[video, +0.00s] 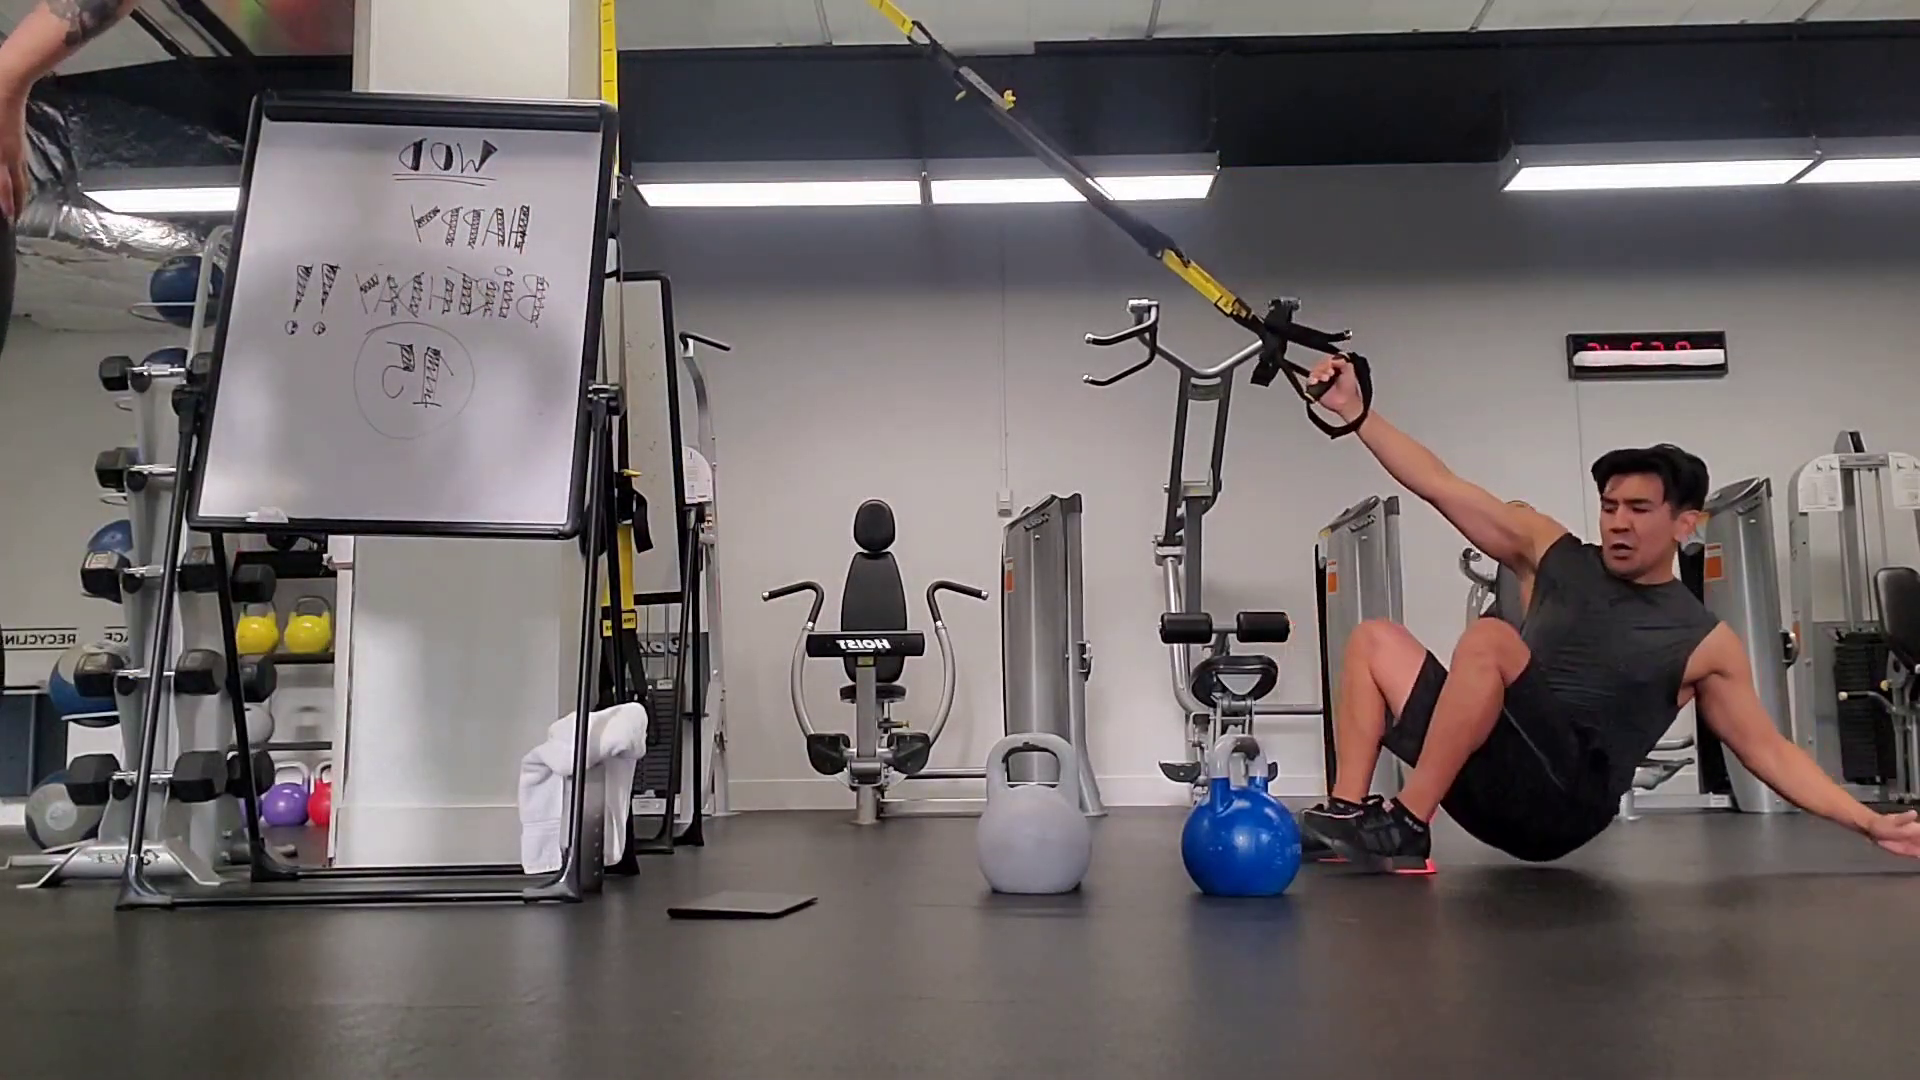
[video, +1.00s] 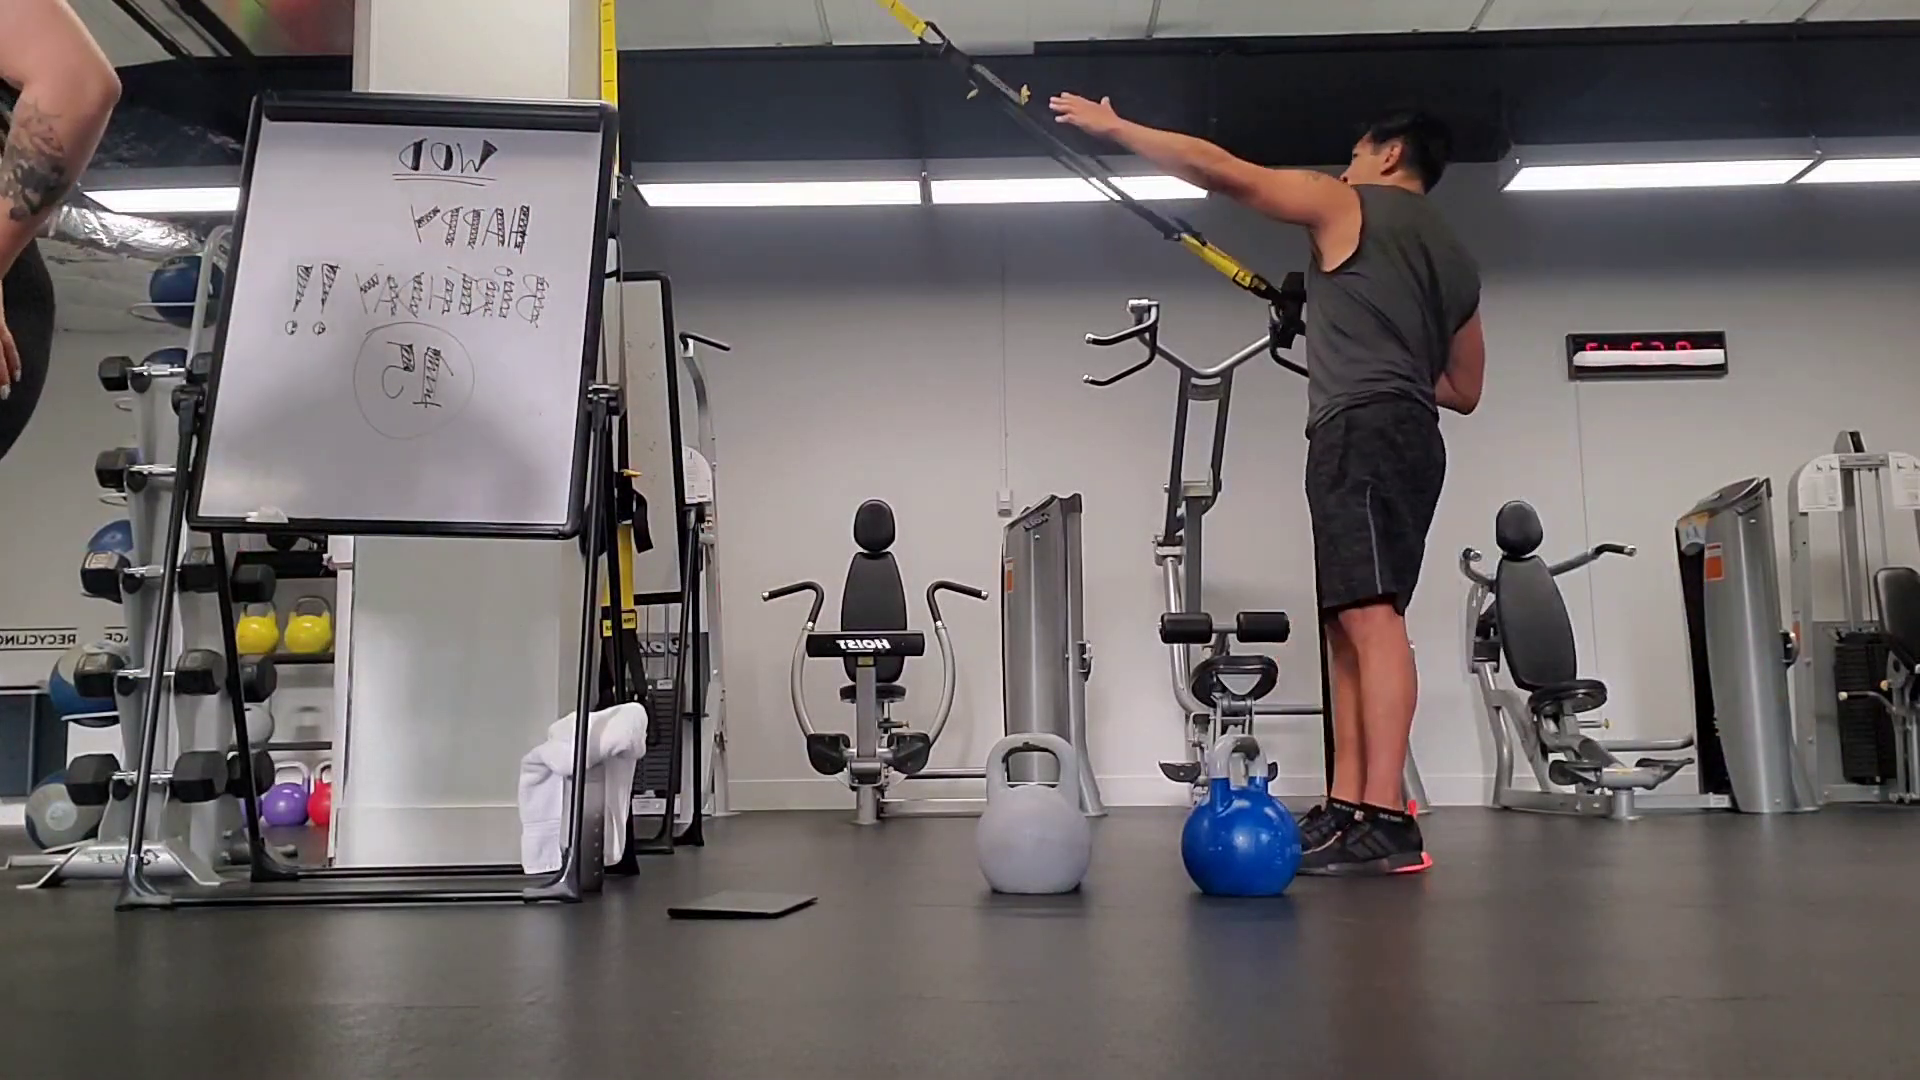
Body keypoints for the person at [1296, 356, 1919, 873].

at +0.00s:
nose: (1616, 523)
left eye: (1638, 509)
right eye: (1609, 507)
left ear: (1687, 523)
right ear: (1598, 511)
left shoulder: (1706, 642)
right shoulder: (1548, 549)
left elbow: (1767, 751)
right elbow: (1440, 486)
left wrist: (1870, 822)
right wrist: (1357, 416)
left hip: (1567, 799)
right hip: (1480, 767)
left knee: (1492, 637)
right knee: (1374, 640)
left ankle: (1409, 823)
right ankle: (1347, 814)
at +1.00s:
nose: (1351, 163)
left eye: (1360, 151)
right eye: (1357, 153)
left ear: (1391, 152)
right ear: (1419, 167)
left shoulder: (1344, 202)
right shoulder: (1453, 257)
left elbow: (1221, 169)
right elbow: (1462, 390)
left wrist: (1113, 124)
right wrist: (1360, 350)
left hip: (1361, 431)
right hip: (1406, 437)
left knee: (1373, 617)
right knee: (1347, 620)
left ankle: (1388, 819)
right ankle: (1349, 806)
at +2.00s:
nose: (1548, 410)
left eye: (1564, 394)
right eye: (1547, 397)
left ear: (1622, 404)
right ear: (1552, 407)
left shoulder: (1663, 510)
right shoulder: (1524, 479)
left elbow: (1734, 612)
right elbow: (1416, 470)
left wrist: (1780, 676)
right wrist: (1362, 397)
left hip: (1547, 695)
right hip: (1481, 682)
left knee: (1382, 620)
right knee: (1308, 639)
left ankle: (1395, 824)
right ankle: (1341, 811)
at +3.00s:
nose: (1403, 193)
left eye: (1412, 180)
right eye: (1406, 181)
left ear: (1454, 178)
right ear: (1467, 187)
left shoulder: (1448, 226)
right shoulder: (1478, 266)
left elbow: (1332, 200)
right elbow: (1442, 366)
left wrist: (1222, 152)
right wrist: (1378, 342)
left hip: (1429, 438)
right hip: (1399, 442)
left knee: (1356, 614)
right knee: (1325, 620)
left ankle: (1390, 820)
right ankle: (1345, 807)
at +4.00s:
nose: (1432, 264)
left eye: (1449, 248)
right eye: (1432, 253)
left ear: (1499, 262)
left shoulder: (1518, 331)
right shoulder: (1454, 360)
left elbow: (1521, 402)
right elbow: (1392, 452)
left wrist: (1399, 398)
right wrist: (1357, 378)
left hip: (1479, 542)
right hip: (1427, 544)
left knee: (1320, 629)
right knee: (1273, 638)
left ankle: (1386, 823)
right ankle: (1342, 812)